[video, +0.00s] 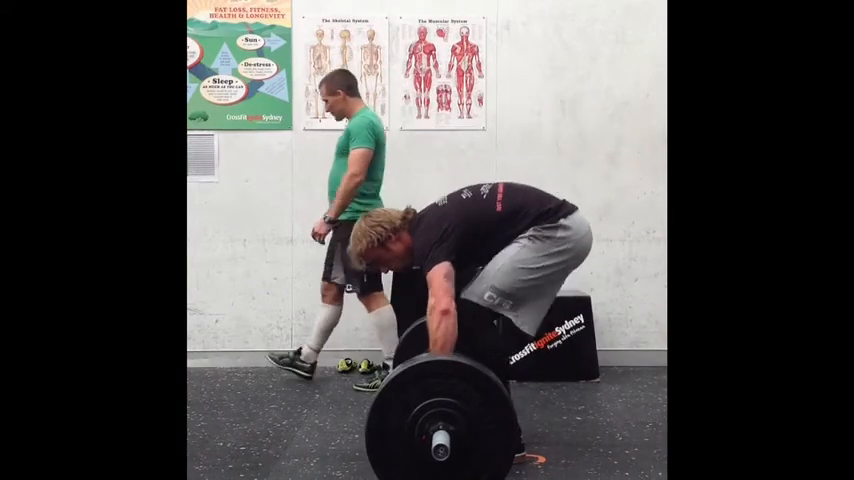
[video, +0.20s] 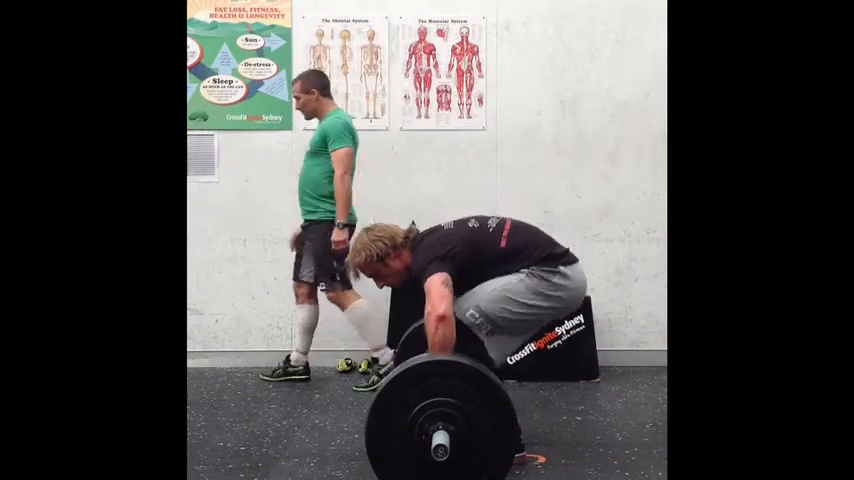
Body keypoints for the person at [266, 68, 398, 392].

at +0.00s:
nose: (326, 108)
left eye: (327, 101)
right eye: (325, 102)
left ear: (341, 94)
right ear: (344, 94)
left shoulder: (363, 124)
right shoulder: (362, 122)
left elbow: (356, 175)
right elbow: (356, 176)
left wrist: (329, 218)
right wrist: (331, 217)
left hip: (356, 222)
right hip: (349, 220)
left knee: (372, 295)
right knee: (331, 292)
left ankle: (395, 367)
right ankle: (307, 358)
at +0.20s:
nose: (296, 105)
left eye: (298, 98)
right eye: (295, 98)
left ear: (315, 94)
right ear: (314, 94)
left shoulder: (337, 123)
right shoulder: (326, 125)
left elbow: (343, 175)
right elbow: (322, 180)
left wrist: (341, 225)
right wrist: (306, 227)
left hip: (329, 224)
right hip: (314, 224)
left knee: (338, 291)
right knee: (304, 289)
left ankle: (385, 358)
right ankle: (298, 362)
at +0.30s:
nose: (283, 100)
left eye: (287, 94)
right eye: (282, 95)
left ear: (304, 92)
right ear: (302, 93)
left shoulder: (327, 123)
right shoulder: (306, 125)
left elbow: (338, 171)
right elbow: (300, 178)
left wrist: (336, 220)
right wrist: (284, 221)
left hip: (316, 219)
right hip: (300, 219)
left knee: (308, 288)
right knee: (298, 289)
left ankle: (366, 346)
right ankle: (298, 362)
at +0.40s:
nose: (275, 100)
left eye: (279, 93)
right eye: (274, 94)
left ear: (299, 91)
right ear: (289, 93)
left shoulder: (321, 123)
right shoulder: (289, 127)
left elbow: (332, 170)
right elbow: (277, 178)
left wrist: (324, 219)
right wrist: (261, 222)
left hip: (307, 216)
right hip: (291, 216)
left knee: (286, 284)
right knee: (297, 288)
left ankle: (338, 345)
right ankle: (298, 361)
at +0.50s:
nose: (269, 100)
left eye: (274, 93)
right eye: (267, 94)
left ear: (294, 91)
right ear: (275, 94)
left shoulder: (315, 125)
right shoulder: (276, 129)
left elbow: (326, 172)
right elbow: (262, 176)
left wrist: (309, 217)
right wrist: (241, 219)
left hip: (300, 218)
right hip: (280, 217)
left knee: (273, 284)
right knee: (291, 288)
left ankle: (297, 359)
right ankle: (299, 362)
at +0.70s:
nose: (268, 98)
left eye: (273, 92)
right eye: (263, 93)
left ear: (288, 92)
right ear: (259, 95)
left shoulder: (301, 129)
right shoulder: (258, 131)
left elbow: (310, 179)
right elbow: (245, 176)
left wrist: (291, 222)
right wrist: (222, 211)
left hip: (283, 222)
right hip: (259, 220)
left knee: (262, 292)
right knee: (271, 292)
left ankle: (261, 363)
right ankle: (296, 359)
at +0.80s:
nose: (266, 96)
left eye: (272, 90)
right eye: (261, 91)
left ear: (285, 91)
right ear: (255, 94)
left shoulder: (295, 129)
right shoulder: (250, 130)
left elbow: (302, 178)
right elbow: (239, 173)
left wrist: (288, 223)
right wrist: (219, 208)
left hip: (275, 220)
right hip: (250, 218)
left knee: (261, 288)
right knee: (241, 286)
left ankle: (262, 362)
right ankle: (287, 349)